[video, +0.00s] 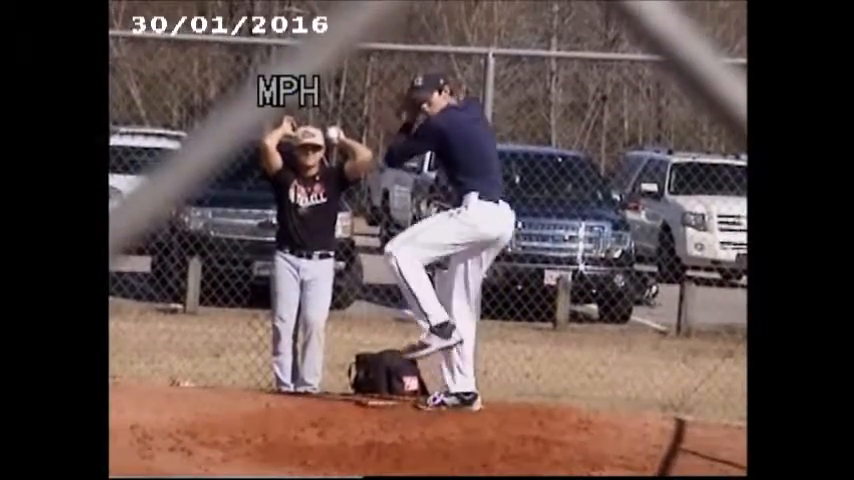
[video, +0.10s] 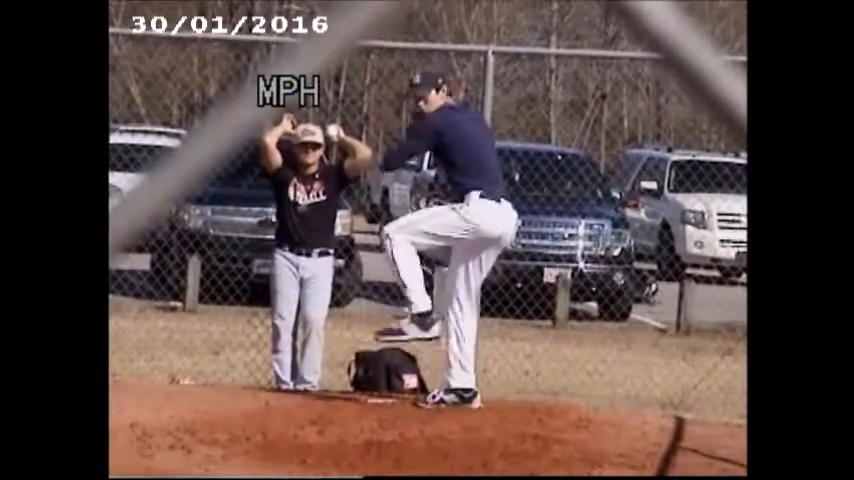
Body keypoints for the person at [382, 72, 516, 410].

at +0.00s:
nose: (424, 108)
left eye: (426, 102)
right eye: (421, 104)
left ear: (445, 92)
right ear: (448, 93)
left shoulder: (439, 124)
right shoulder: (474, 112)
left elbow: (394, 156)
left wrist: (411, 122)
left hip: (476, 213)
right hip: (500, 216)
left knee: (401, 251)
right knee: (461, 302)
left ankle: (439, 325)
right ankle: (462, 387)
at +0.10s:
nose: (419, 103)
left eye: (423, 96)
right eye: (417, 98)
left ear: (442, 91)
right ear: (445, 93)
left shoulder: (436, 121)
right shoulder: (472, 116)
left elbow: (393, 160)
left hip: (475, 211)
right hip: (503, 214)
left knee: (396, 234)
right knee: (461, 302)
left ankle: (422, 314)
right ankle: (462, 385)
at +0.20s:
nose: (423, 111)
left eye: (428, 104)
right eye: (420, 105)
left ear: (446, 101)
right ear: (448, 104)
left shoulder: (439, 129)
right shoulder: (470, 126)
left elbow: (396, 171)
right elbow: (454, 183)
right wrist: (429, 185)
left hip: (478, 220)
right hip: (505, 226)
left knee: (397, 241)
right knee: (458, 302)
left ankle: (395, 329)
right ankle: (460, 388)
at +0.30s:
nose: (426, 120)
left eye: (432, 114)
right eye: (425, 114)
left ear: (451, 113)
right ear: (454, 116)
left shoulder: (444, 139)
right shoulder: (475, 141)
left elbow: (391, 162)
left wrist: (356, 182)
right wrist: (443, 190)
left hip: (479, 230)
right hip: (505, 238)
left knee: (397, 264)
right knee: (443, 301)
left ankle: (364, 349)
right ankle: (458, 387)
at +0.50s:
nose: (424, 134)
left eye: (431, 129)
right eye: (424, 129)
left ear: (450, 130)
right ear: (450, 132)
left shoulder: (438, 156)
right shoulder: (474, 160)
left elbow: (396, 147)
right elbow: (496, 172)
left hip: (471, 255)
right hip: (490, 260)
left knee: (402, 298)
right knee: (430, 323)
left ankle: (365, 369)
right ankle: (457, 390)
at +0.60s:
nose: (426, 131)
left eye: (432, 126)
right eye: (424, 125)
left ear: (450, 127)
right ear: (450, 130)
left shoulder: (446, 155)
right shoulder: (474, 156)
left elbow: (431, 162)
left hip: (464, 259)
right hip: (479, 261)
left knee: (402, 307)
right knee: (427, 326)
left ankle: (399, 382)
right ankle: (454, 386)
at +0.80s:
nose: (488, 168)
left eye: (497, 166)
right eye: (487, 159)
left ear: (503, 169)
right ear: (479, 150)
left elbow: (497, 249)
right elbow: (407, 146)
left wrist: (490, 283)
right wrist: (438, 125)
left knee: (436, 332)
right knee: (406, 337)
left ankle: (430, 415)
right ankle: (407, 375)